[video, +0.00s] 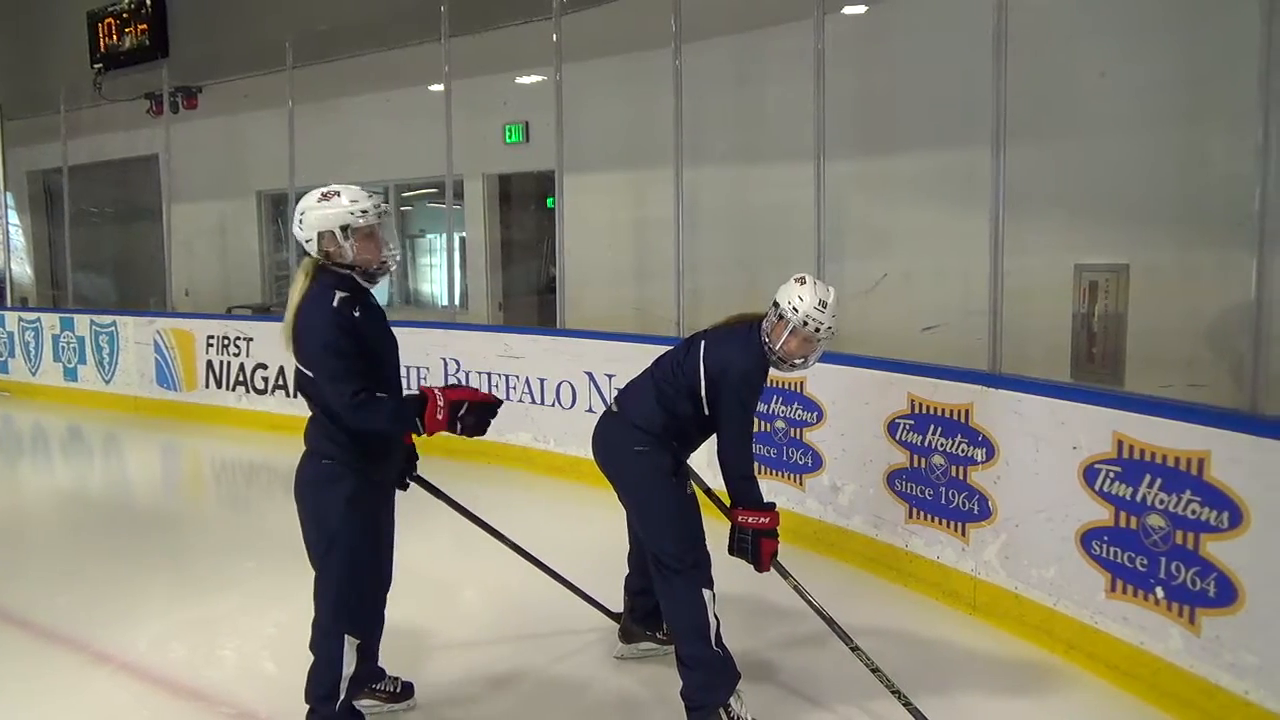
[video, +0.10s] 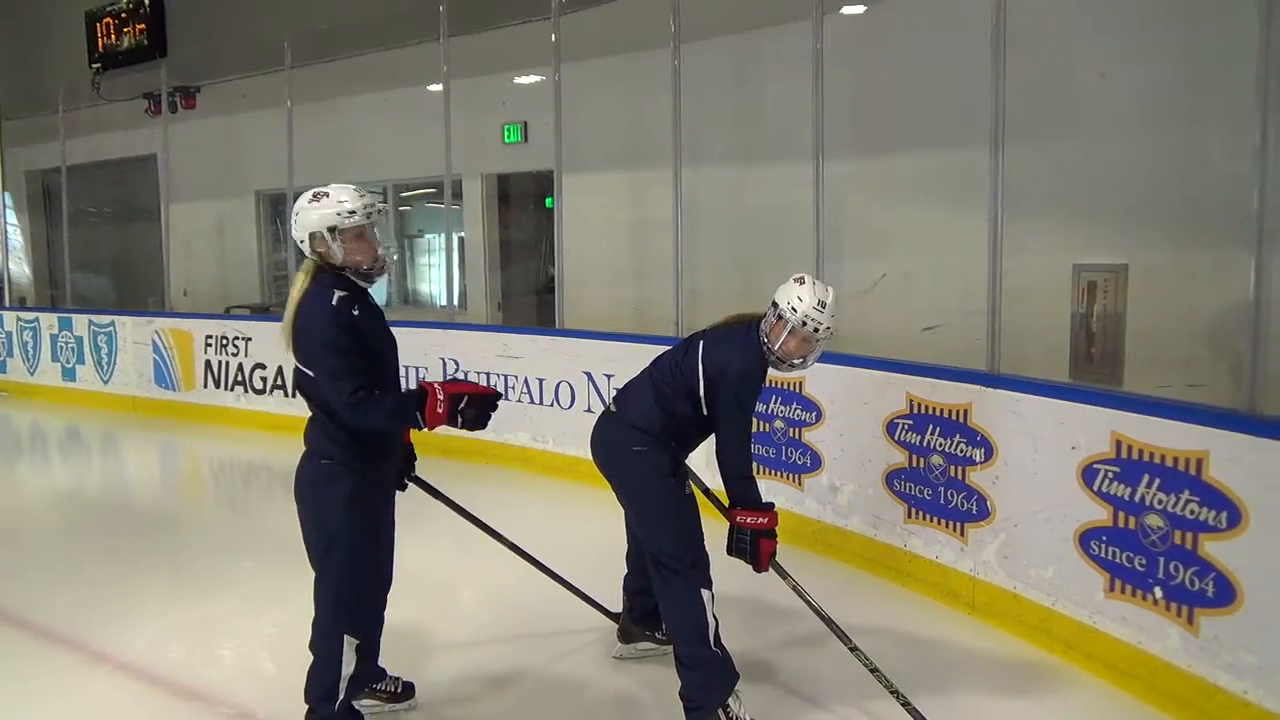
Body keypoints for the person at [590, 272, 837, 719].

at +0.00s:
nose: (794, 345)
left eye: (806, 339)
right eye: (791, 331)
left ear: (819, 344)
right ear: (774, 320)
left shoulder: (744, 336)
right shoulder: (744, 361)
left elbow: (682, 379)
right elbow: (734, 447)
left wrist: (673, 445)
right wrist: (753, 515)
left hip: (625, 433)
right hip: (642, 445)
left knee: (652, 534)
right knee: (686, 566)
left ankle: (641, 623)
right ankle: (710, 702)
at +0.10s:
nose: (790, 344)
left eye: (803, 338)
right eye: (786, 330)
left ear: (817, 344)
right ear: (772, 318)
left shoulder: (742, 336)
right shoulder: (742, 361)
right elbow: (733, 446)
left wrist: (670, 447)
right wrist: (752, 515)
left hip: (622, 433)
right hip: (641, 445)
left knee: (650, 532)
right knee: (685, 567)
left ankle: (640, 622)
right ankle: (709, 702)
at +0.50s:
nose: (787, 346)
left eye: (800, 340)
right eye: (784, 332)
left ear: (812, 344)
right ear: (767, 320)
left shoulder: (737, 337)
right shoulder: (737, 361)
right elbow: (727, 448)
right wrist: (746, 517)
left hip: (616, 434)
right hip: (634, 446)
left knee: (644, 533)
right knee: (679, 569)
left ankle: (635, 622)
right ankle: (703, 703)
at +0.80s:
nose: (785, 346)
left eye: (797, 340)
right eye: (781, 333)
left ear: (809, 343)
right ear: (762, 320)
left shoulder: (733, 338)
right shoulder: (732, 361)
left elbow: (723, 436)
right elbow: (723, 447)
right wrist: (742, 516)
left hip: (614, 434)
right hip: (628, 445)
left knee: (641, 532)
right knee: (675, 567)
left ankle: (632, 622)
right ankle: (700, 703)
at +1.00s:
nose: (781, 347)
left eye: (794, 340)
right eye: (777, 332)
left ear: (808, 343)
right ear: (761, 319)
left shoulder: (732, 340)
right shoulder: (729, 362)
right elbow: (720, 447)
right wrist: (739, 517)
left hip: (614, 434)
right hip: (625, 445)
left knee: (638, 532)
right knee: (671, 568)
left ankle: (630, 621)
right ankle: (696, 703)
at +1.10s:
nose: (781, 346)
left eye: (793, 340)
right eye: (777, 332)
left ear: (807, 343)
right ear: (759, 318)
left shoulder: (730, 340)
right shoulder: (728, 361)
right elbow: (719, 448)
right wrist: (738, 516)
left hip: (611, 434)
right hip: (624, 445)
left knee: (637, 532)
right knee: (670, 568)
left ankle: (629, 621)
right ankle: (694, 703)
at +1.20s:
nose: (780, 346)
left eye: (793, 339)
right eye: (776, 332)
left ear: (806, 342)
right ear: (759, 319)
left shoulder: (729, 340)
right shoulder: (728, 361)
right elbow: (718, 447)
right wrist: (737, 517)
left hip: (610, 434)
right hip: (623, 444)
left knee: (636, 532)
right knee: (669, 569)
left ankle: (628, 622)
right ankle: (694, 703)